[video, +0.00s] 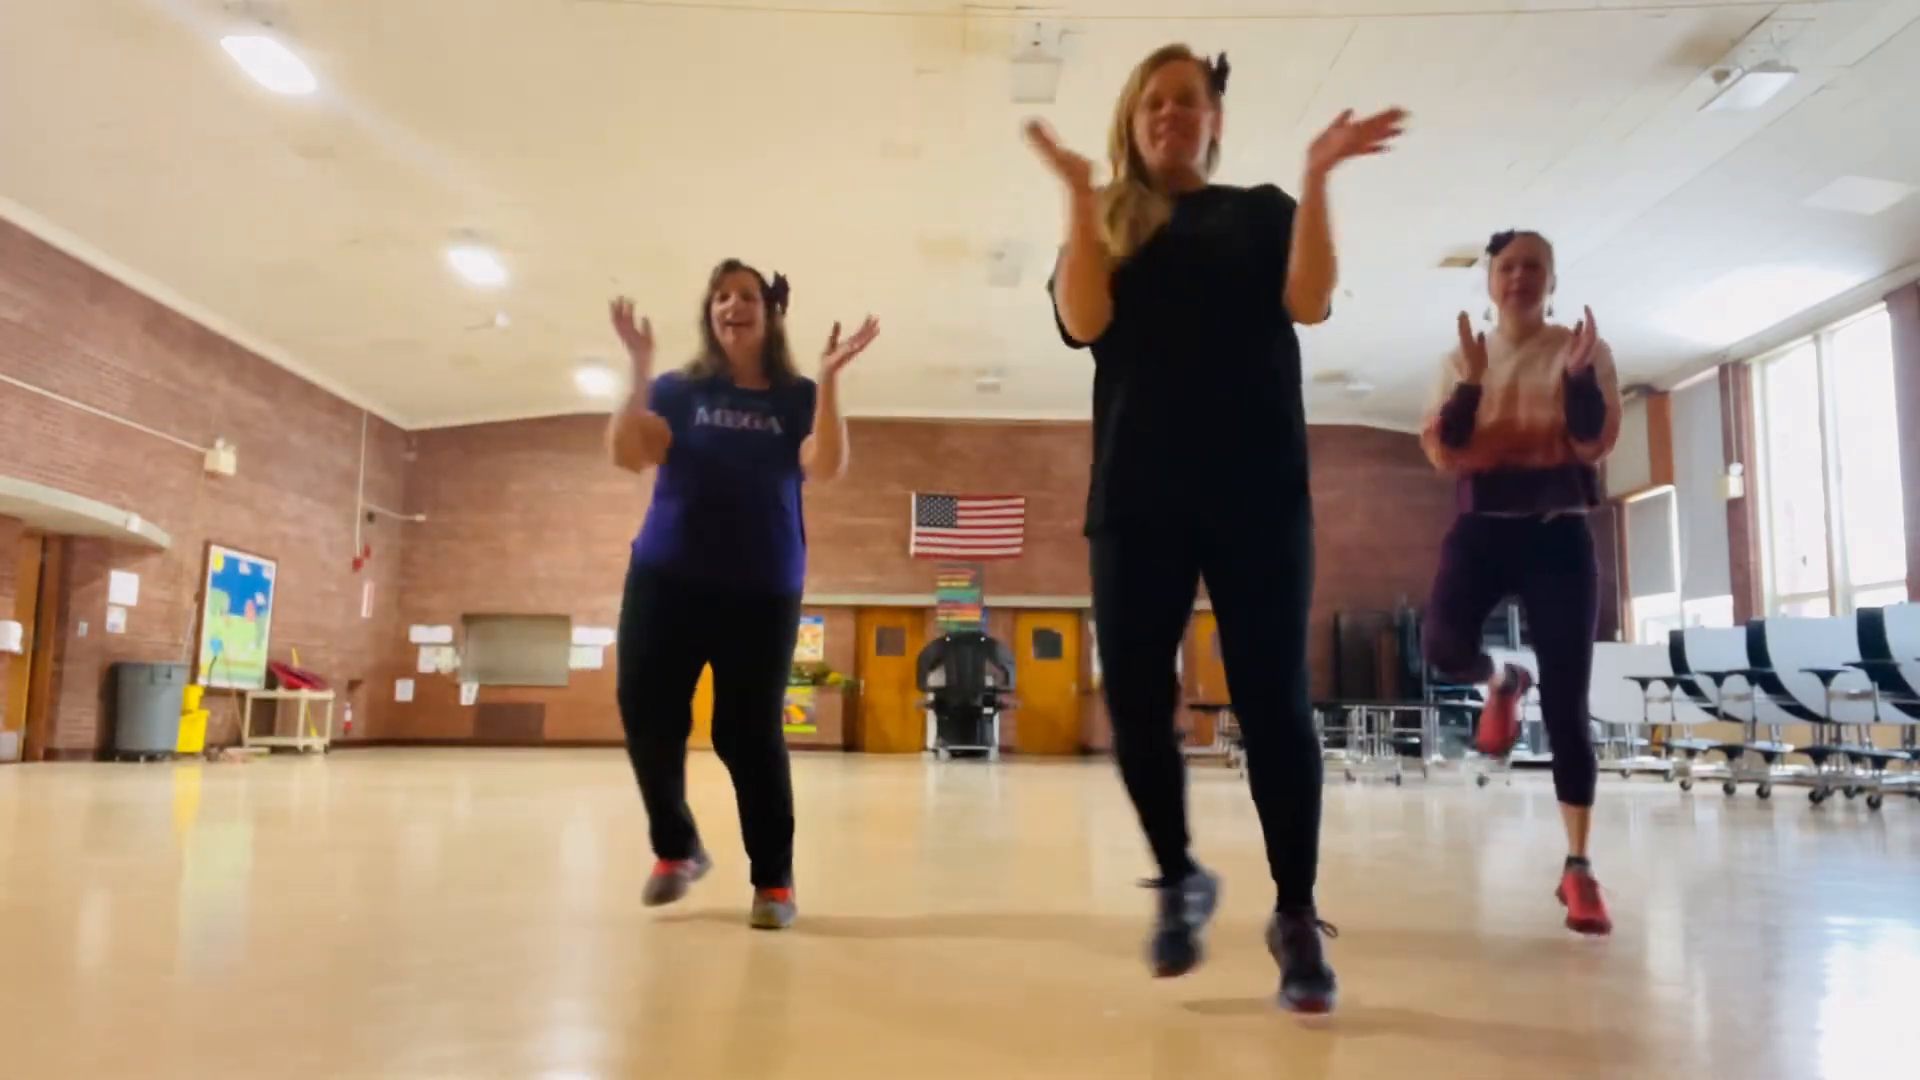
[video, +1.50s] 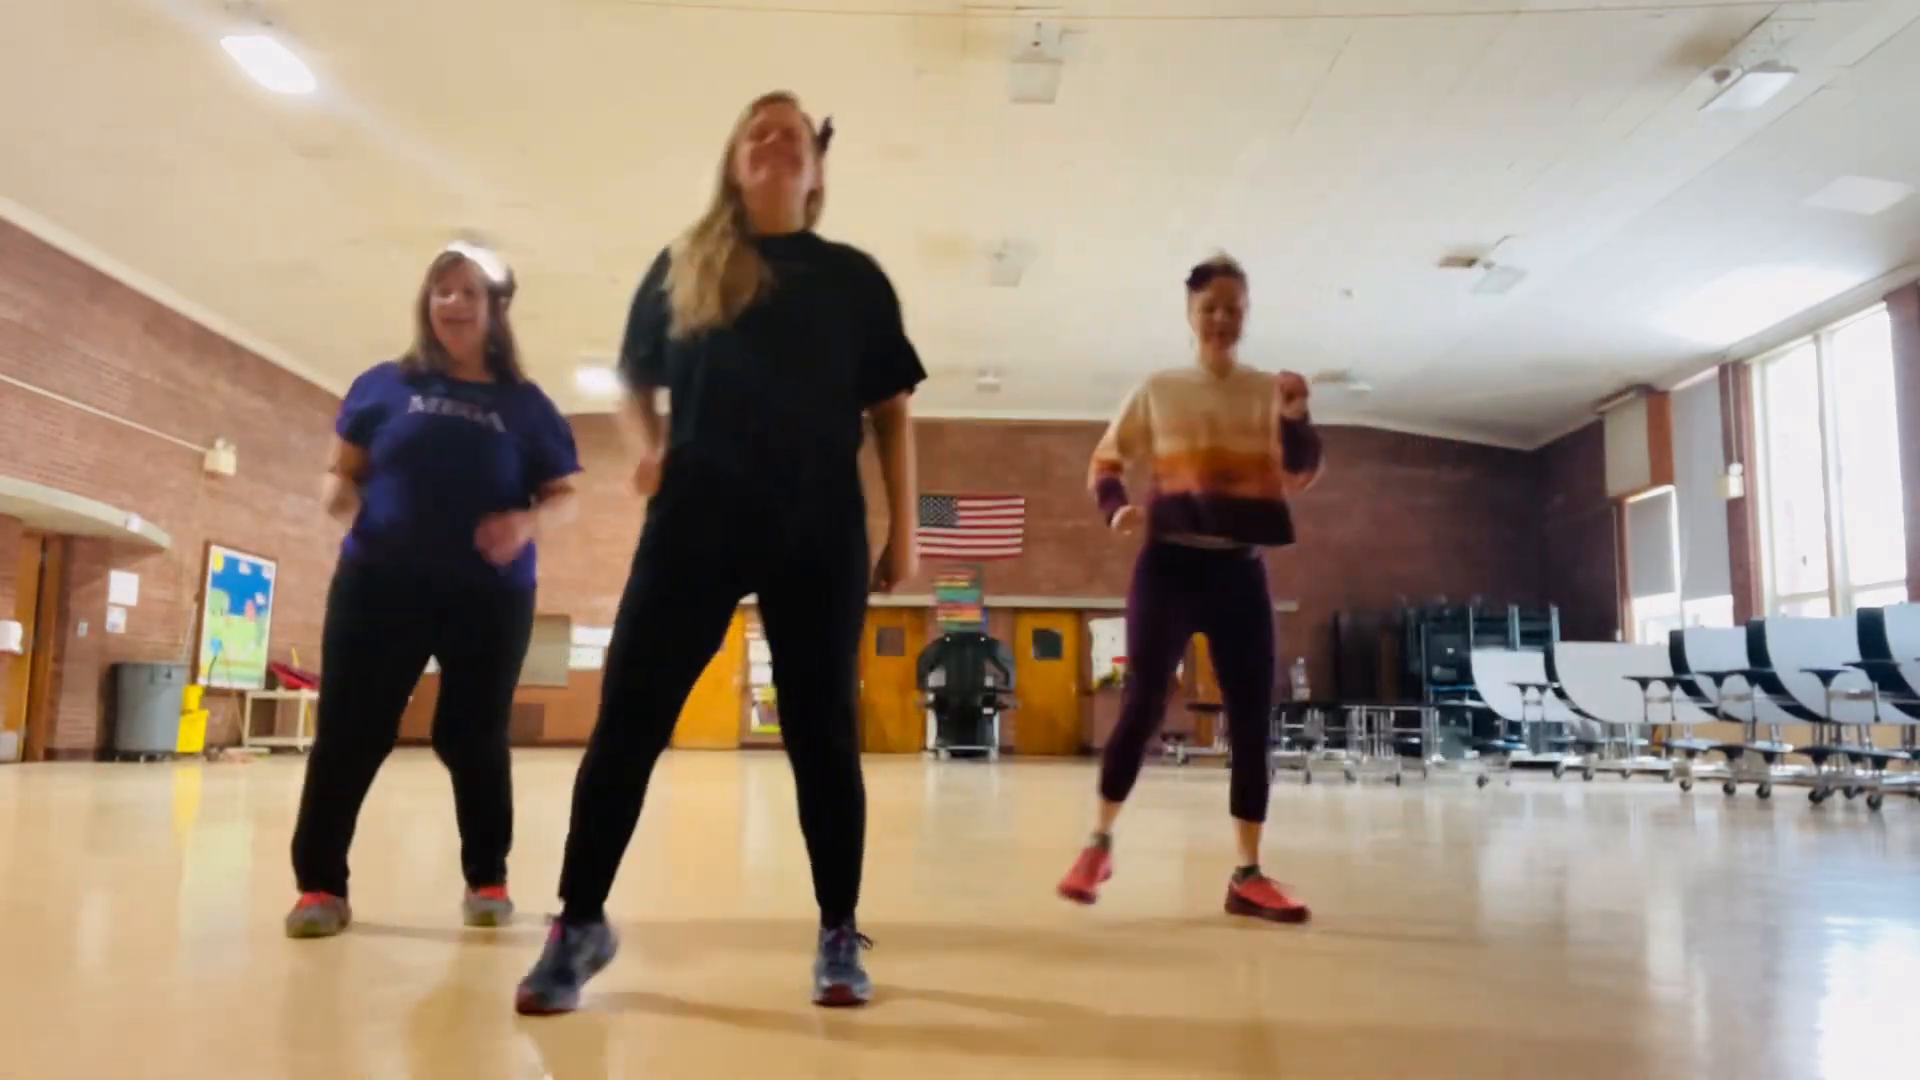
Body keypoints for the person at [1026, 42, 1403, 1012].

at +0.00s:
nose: (1174, 115)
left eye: (1189, 102)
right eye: (1159, 103)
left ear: (1217, 119)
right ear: (1130, 123)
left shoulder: (1265, 211)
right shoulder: (1108, 219)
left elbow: (1309, 304)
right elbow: (1082, 323)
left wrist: (1316, 180)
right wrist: (1082, 204)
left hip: (1256, 494)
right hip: (1140, 496)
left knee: (1273, 703)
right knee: (1135, 698)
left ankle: (1297, 916)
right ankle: (1179, 880)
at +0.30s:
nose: (1182, 135)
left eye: (1198, 119)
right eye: (1165, 122)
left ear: (1228, 132)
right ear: (1134, 139)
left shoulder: (1272, 217)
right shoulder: (1105, 247)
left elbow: (1336, 341)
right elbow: (1028, 352)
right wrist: (1067, 252)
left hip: (1268, 511)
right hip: (1151, 519)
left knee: (1277, 721)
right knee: (1138, 700)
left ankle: (1306, 943)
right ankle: (1228, 858)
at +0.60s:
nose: (1127, 164)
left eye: (1143, 149)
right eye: (1111, 150)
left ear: (1171, 162)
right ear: (1084, 164)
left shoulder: (1217, 283)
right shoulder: (1041, 284)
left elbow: (1256, 424)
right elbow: (1003, 433)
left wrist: (1356, 473)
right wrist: (996, 479)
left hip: (1209, 553)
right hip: (1086, 557)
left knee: (1246, 751)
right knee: (1010, 749)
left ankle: (1301, 960)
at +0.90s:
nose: (1001, 149)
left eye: (1017, 134)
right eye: (985, 132)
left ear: (1040, 150)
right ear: (952, 144)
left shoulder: (1065, 265)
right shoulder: (900, 258)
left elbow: (1063, 400)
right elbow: (840, 393)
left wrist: (1102, 381)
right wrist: (850, 470)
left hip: (1027, 539)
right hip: (909, 538)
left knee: (1084, 697)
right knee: (904, 751)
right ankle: (904, 965)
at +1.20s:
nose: (870, 176)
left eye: (886, 164)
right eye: (854, 165)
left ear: (913, 182)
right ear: (830, 185)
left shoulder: (957, 305)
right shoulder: (797, 291)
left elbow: (980, 452)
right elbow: (755, 429)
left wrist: (996, 573)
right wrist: (764, 385)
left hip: (911, 550)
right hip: (800, 538)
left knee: (873, 751)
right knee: (750, 673)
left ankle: (839, 937)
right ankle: (798, 881)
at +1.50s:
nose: (774, 141)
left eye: (792, 133)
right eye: (758, 133)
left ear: (820, 166)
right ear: (732, 166)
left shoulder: (856, 278)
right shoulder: (682, 268)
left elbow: (891, 409)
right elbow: (637, 379)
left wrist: (902, 522)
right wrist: (645, 449)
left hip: (817, 523)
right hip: (700, 518)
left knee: (822, 733)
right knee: (628, 722)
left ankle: (840, 934)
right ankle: (579, 923)